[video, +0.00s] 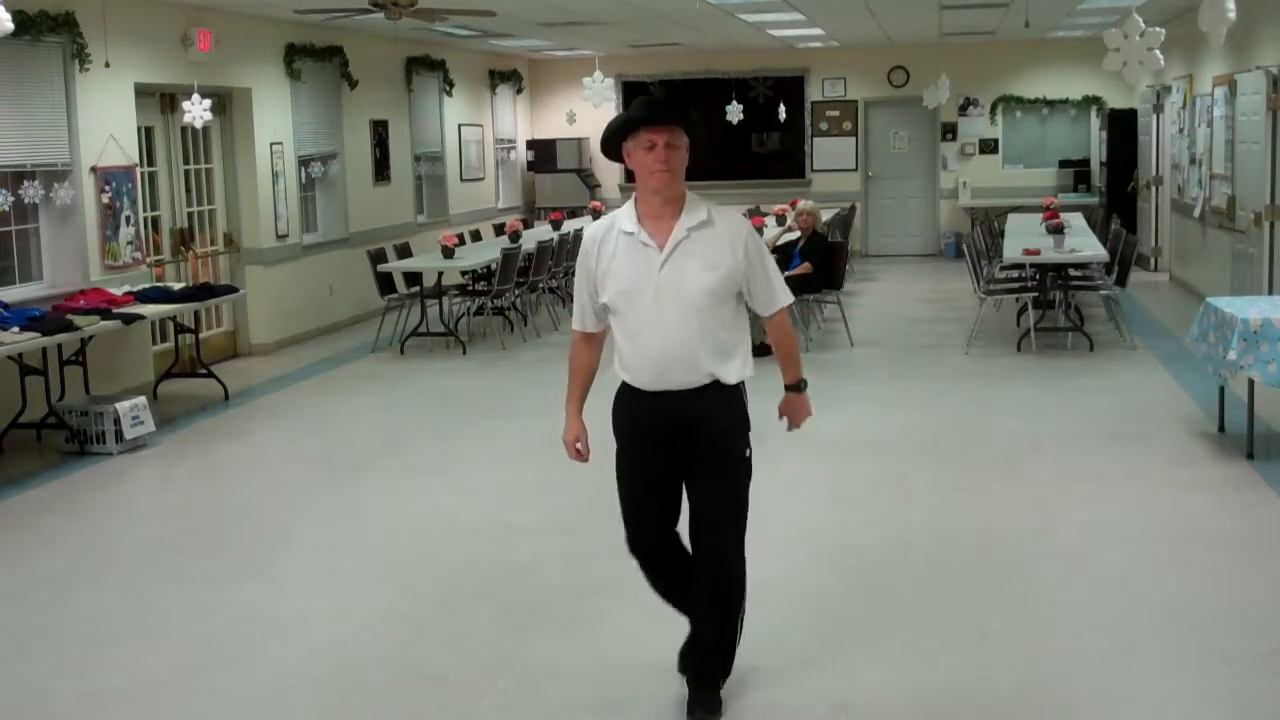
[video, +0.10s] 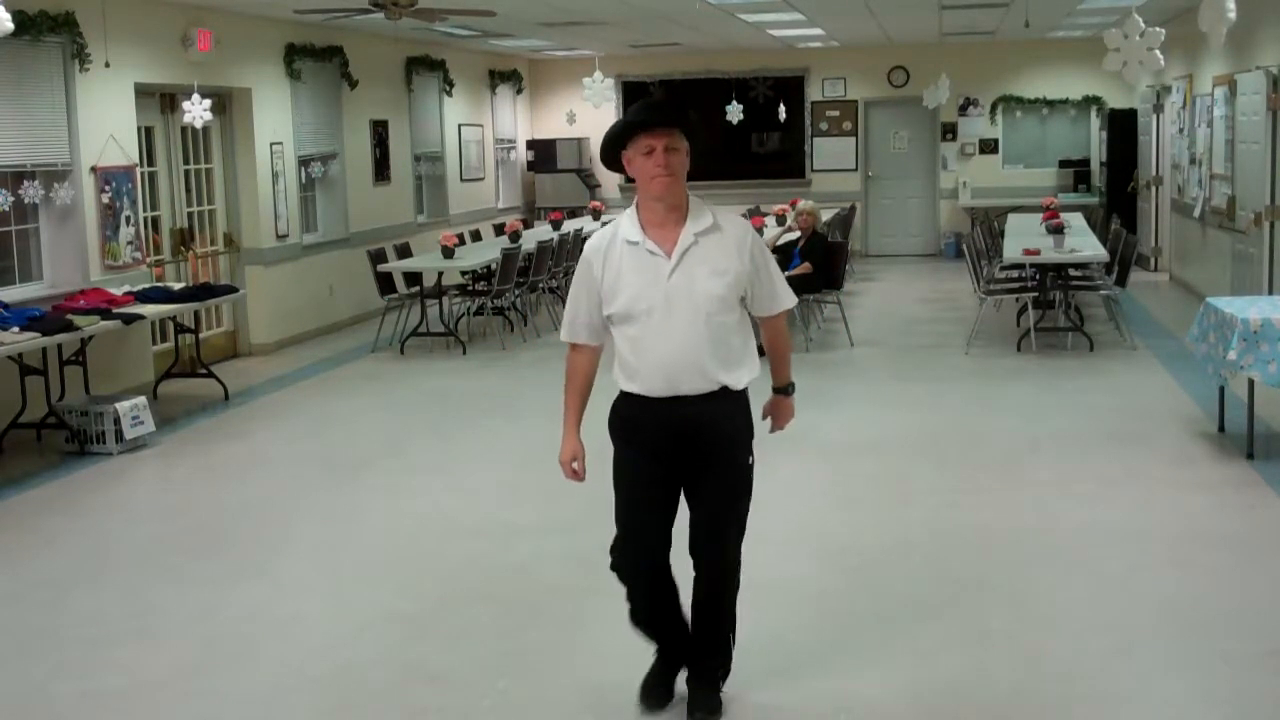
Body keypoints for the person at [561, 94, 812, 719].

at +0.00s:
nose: (660, 155)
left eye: (670, 145)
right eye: (647, 147)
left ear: (687, 157)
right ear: (626, 161)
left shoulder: (731, 229)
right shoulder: (600, 239)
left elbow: (774, 311)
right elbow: (587, 333)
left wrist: (795, 385)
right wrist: (573, 410)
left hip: (716, 407)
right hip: (639, 411)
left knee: (717, 552)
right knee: (648, 540)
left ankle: (705, 686)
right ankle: (707, 612)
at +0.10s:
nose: (661, 156)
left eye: (671, 147)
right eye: (647, 150)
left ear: (689, 159)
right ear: (627, 168)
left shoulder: (734, 234)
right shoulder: (603, 246)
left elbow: (771, 314)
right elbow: (584, 341)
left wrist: (782, 387)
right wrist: (570, 429)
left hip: (721, 416)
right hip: (640, 420)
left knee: (717, 560)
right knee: (635, 557)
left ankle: (706, 682)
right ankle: (671, 644)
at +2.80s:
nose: (606, 177)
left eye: (602, 169)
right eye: (605, 170)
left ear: (560, 167)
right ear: (597, 172)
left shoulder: (517, 219)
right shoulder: (603, 223)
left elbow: (476, 295)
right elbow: (611, 306)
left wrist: (455, 352)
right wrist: (630, 380)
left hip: (521, 362)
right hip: (576, 364)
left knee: (552, 476)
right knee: (558, 480)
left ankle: (570, 586)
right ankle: (492, 585)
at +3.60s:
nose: (645, 165)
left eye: (644, 157)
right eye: (644, 158)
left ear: (601, 155)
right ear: (635, 160)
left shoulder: (559, 197)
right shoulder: (641, 212)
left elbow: (519, 259)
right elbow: (653, 289)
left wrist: (516, 286)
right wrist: (672, 347)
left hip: (562, 329)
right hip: (615, 334)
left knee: (565, 426)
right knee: (618, 436)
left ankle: (556, 534)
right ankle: (609, 536)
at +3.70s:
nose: (654, 168)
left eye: (653, 160)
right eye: (652, 160)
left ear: (611, 160)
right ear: (641, 163)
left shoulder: (569, 201)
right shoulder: (646, 214)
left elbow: (539, 262)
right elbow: (658, 292)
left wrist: (565, 297)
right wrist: (682, 342)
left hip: (573, 334)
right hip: (626, 337)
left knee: (574, 429)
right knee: (649, 421)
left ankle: (569, 534)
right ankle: (618, 512)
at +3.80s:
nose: (665, 171)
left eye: (664, 163)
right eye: (663, 164)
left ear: (623, 165)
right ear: (651, 166)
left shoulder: (587, 206)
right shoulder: (651, 218)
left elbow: (561, 274)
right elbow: (662, 296)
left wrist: (594, 300)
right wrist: (689, 346)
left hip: (586, 339)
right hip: (635, 341)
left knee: (580, 433)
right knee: (677, 419)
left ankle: (569, 535)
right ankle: (655, 509)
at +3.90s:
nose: (678, 170)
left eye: (678, 162)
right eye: (676, 163)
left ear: (635, 165)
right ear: (664, 166)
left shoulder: (607, 207)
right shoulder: (663, 217)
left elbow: (591, 270)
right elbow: (669, 295)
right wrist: (693, 353)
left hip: (607, 335)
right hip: (652, 338)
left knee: (599, 427)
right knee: (682, 425)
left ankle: (572, 526)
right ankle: (691, 510)